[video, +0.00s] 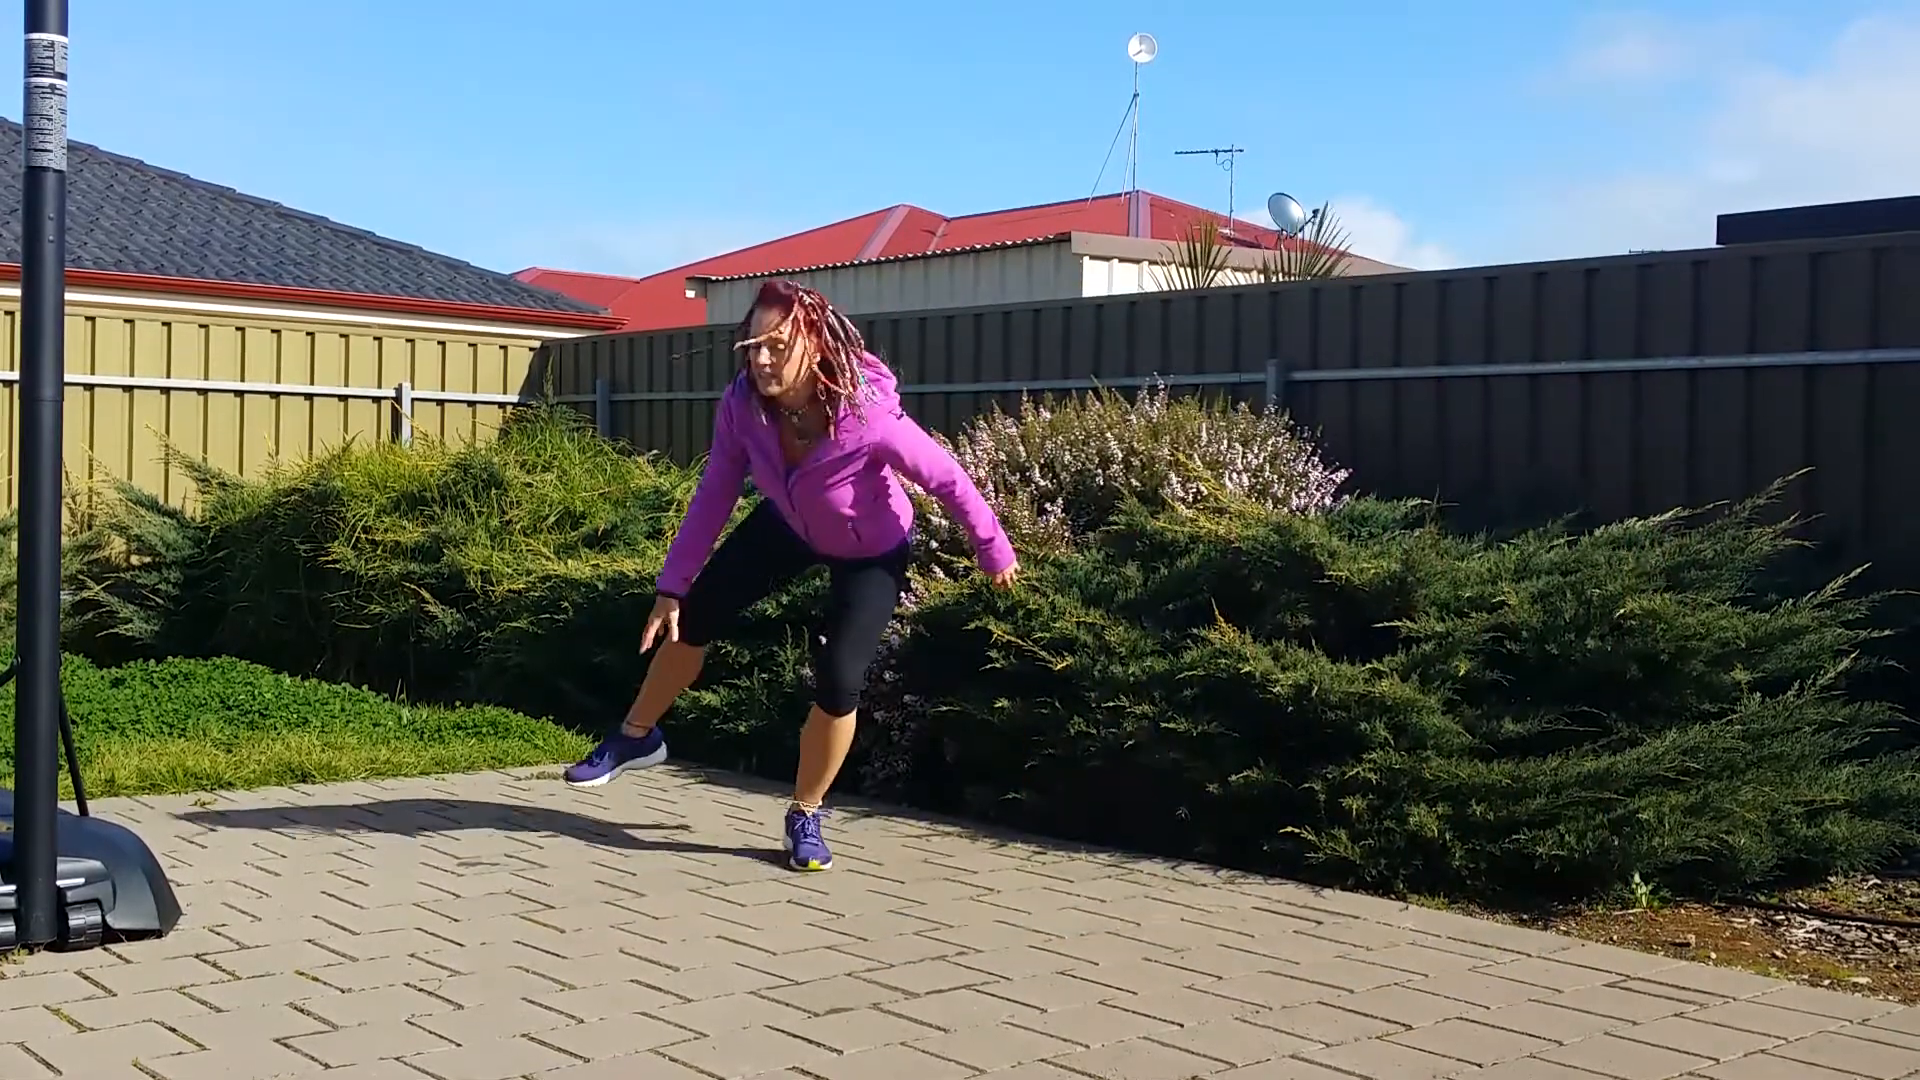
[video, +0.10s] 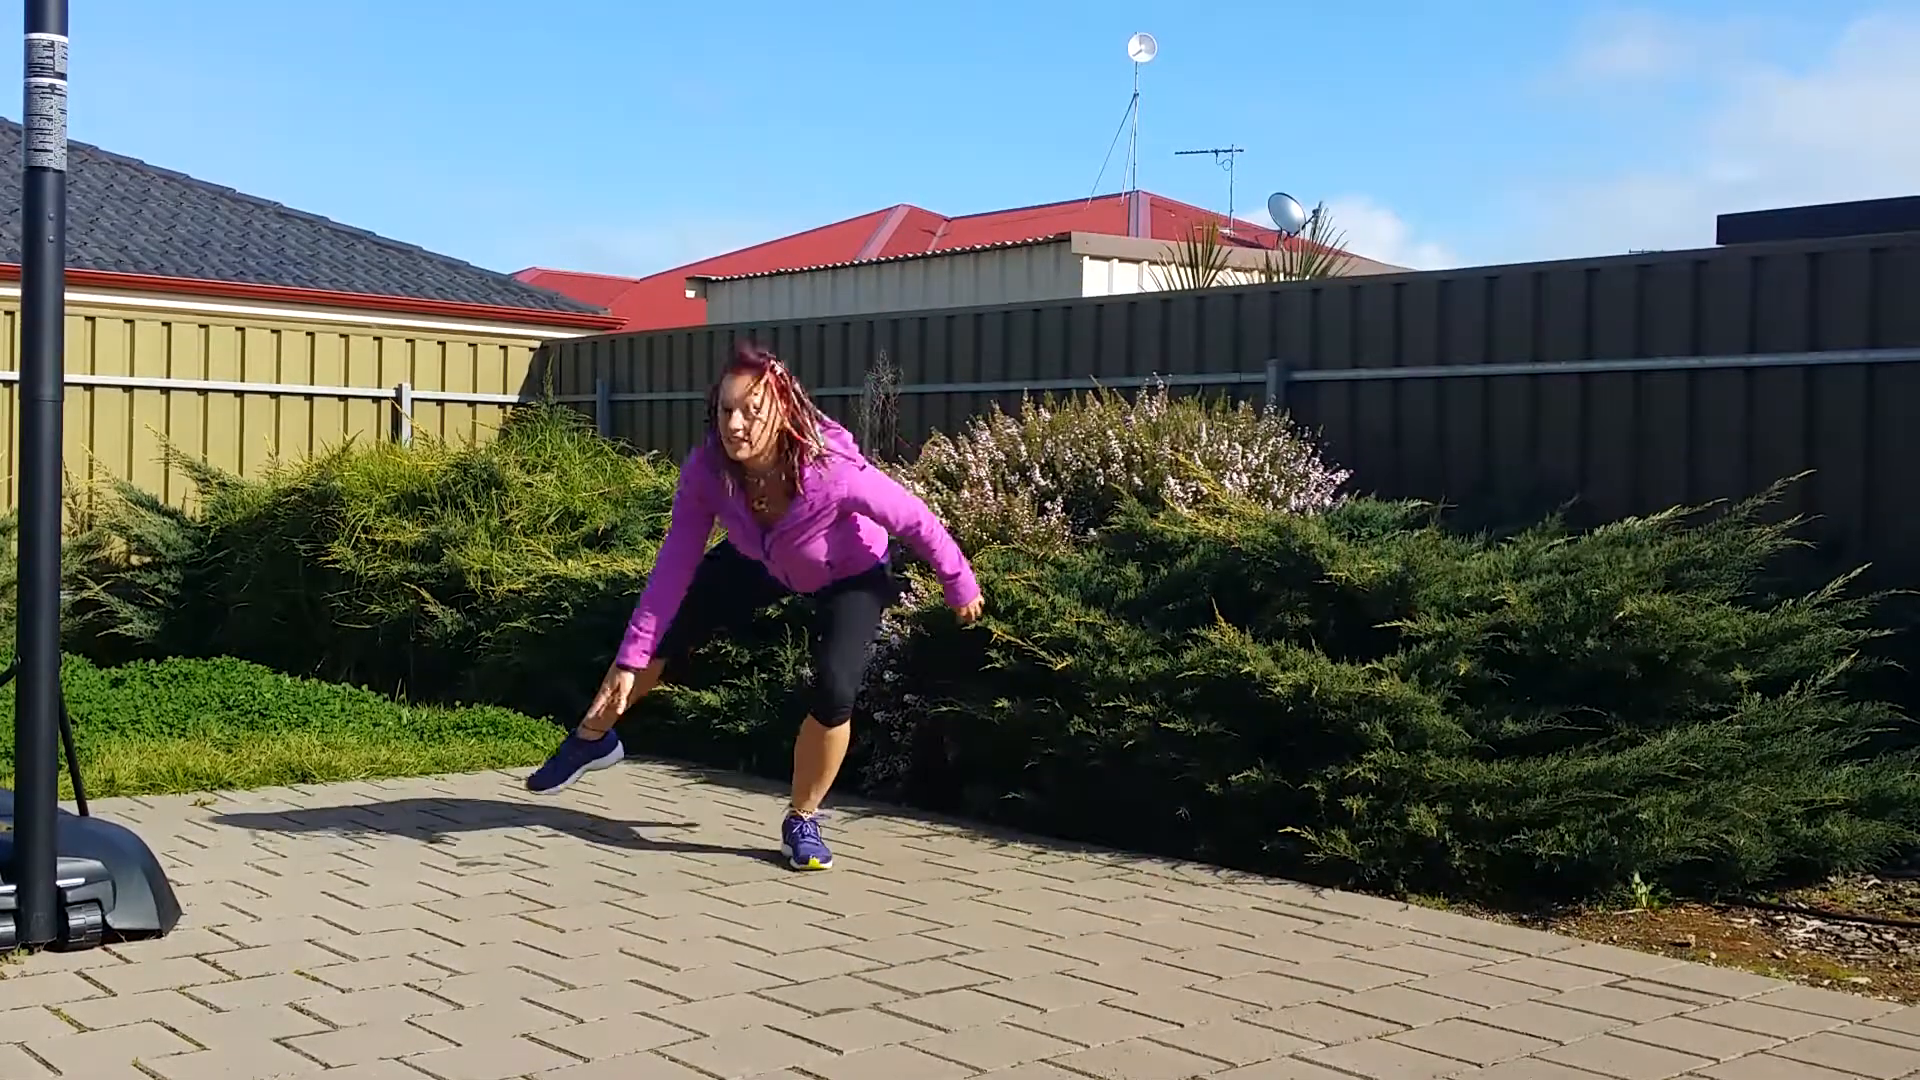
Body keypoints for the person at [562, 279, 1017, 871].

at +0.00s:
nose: (760, 360)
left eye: (775, 345)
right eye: (752, 346)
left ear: (814, 346)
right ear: (743, 348)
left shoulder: (866, 412)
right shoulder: (741, 407)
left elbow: (946, 476)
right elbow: (711, 496)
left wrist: (993, 543)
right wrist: (671, 586)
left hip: (870, 545)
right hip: (788, 523)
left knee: (841, 680)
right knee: (692, 613)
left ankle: (805, 814)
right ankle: (634, 734)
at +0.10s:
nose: (734, 424)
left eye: (750, 412)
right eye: (725, 410)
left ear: (781, 415)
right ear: (716, 414)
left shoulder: (833, 468)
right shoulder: (707, 468)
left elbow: (915, 519)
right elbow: (674, 565)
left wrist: (959, 581)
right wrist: (630, 657)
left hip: (849, 571)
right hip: (766, 561)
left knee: (835, 689)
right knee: (677, 608)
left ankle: (802, 819)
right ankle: (596, 737)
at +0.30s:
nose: (669, 527)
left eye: (683, 513)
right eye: (657, 514)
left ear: (709, 514)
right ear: (642, 519)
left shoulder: (761, 544)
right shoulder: (630, 573)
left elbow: (840, 558)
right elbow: (612, 680)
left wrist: (889, 599)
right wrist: (585, 785)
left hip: (786, 606)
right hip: (698, 617)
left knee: (821, 678)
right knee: (614, 670)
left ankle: (803, 819)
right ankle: (617, 792)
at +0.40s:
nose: (640, 557)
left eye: (652, 542)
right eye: (627, 544)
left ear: (678, 541)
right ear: (613, 549)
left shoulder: (736, 564)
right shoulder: (606, 604)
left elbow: (812, 560)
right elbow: (599, 701)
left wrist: (862, 597)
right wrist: (581, 806)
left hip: (769, 616)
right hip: (684, 639)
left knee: (810, 659)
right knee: (605, 677)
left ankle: (803, 817)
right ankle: (620, 793)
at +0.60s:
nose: (640, 548)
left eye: (653, 534)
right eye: (628, 536)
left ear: (678, 533)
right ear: (612, 540)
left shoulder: (733, 555)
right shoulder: (600, 584)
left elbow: (812, 557)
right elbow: (587, 681)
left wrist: (866, 593)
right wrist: (557, 783)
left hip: (762, 616)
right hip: (680, 637)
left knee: (800, 659)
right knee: (593, 663)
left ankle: (802, 817)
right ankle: (616, 790)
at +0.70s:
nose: (667, 509)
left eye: (680, 495)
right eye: (655, 497)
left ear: (705, 497)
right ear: (638, 501)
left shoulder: (756, 529)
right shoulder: (620, 552)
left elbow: (836, 548)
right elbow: (588, 646)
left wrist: (885, 589)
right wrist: (552, 732)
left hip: (777, 594)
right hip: (686, 604)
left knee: (801, 666)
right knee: (606, 675)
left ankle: (802, 817)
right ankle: (617, 791)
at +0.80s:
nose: (708, 454)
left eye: (722, 441)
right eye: (695, 441)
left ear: (745, 446)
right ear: (678, 446)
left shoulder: (791, 485)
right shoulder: (655, 496)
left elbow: (864, 526)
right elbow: (619, 580)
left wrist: (911, 575)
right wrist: (581, 661)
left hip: (815, 564)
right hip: (729, 567)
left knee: (812, 666)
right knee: (652, 651)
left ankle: (803, 815)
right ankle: (619, 785)